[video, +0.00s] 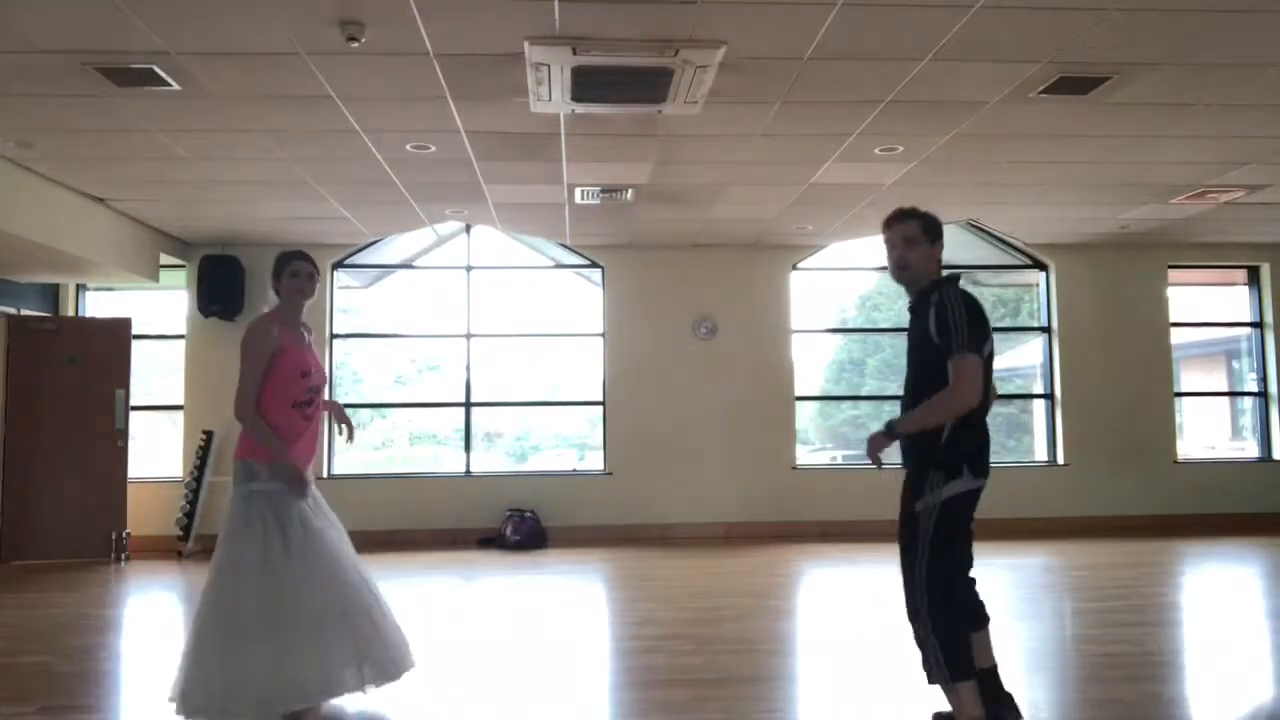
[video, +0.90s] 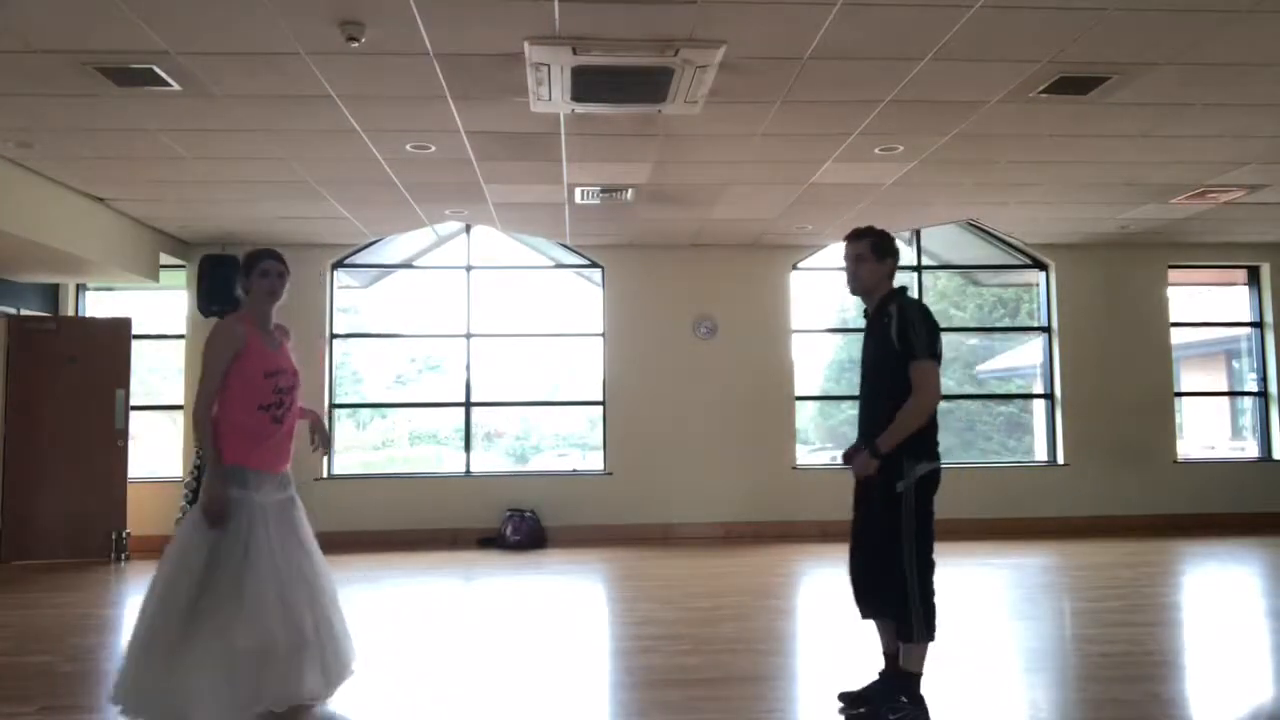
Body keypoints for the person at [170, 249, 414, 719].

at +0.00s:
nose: (303, 282)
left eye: (310, 277)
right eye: (294, 275)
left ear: (316, 286)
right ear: (276, 283)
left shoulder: (304, 332)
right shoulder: (263, 331)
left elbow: (298, 391)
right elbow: (243, 408)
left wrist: (332, 406)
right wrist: (285, 460)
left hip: (291, 469)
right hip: (263, 471)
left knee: (286, 578)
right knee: (279, 579)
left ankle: (286, 689)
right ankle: (280, 693)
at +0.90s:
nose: (273, 282)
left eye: (280, 276)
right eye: (264, 274)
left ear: (286, 285)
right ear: (245, 281)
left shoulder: (279, 333)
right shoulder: (231, 330)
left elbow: (271, 400)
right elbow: (202, 406)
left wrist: (310, 415)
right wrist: (213, 475)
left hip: (275, 479)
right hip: (237, 479)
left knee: (281, 587)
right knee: (234, 589)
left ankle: (279, 692)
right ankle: (225, 696)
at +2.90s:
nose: (260, 218)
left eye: (267, 210)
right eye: (246, 207)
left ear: (272, 222)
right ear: (217, 215)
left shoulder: (251, 288)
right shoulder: (203, 279)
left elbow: (246, 393)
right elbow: (168, 391)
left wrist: (266, 475)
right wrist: (195, 493)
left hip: (245, 492)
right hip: (203, 493)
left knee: (250, 646)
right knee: (202, 649)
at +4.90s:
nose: (270, 226)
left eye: (268, 216)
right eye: (259, 215)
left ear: (227, 220)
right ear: (222, 218)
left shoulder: (239, 292)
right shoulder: (201, 284)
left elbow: (239, 399)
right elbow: (192, 402)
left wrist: (273, 492)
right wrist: (217, 503)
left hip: (261, 496)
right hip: (227, 496)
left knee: (268, 653)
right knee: (224, 655)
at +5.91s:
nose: (260, 231)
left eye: (259, 221)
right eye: (249, 219)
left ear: (223, 226)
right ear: (211, 222)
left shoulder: (230, 297)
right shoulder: (192, 289)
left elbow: (234, 403)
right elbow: (185, 403)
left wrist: (264, 498)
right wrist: (211, 506)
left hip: (249, 498)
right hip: (216, 499)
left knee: (251, 656)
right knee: (213, 659)